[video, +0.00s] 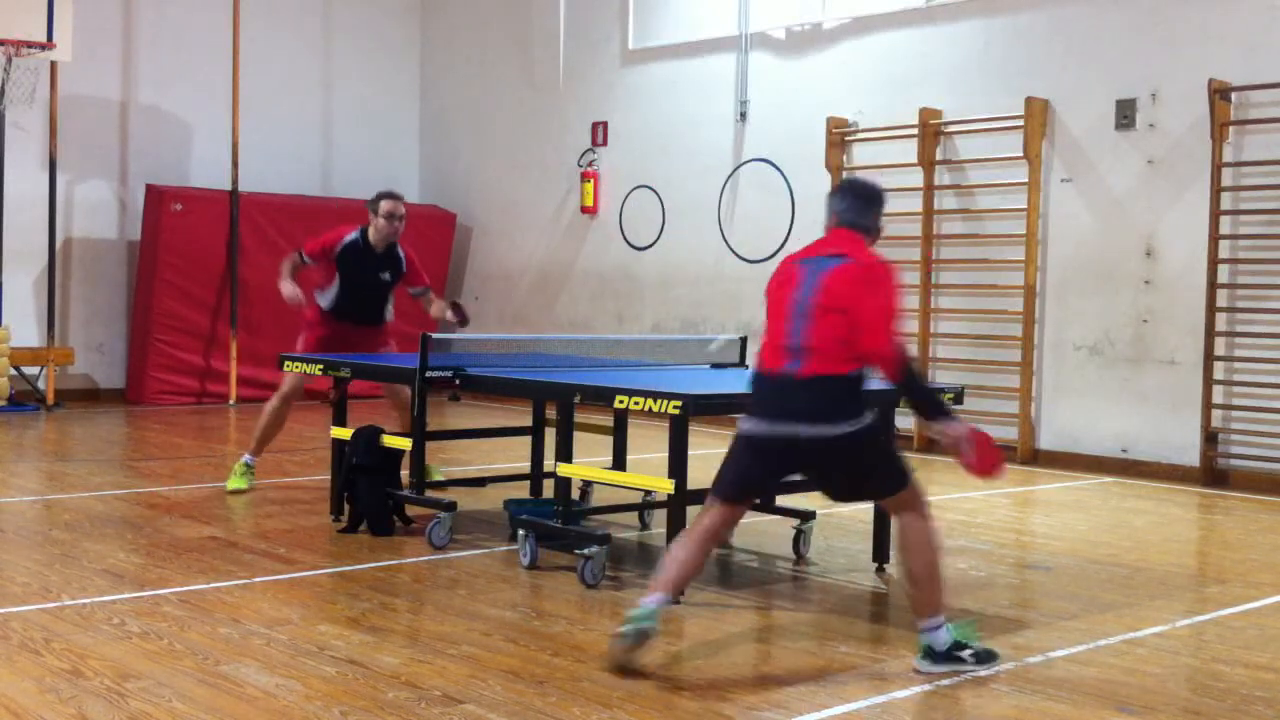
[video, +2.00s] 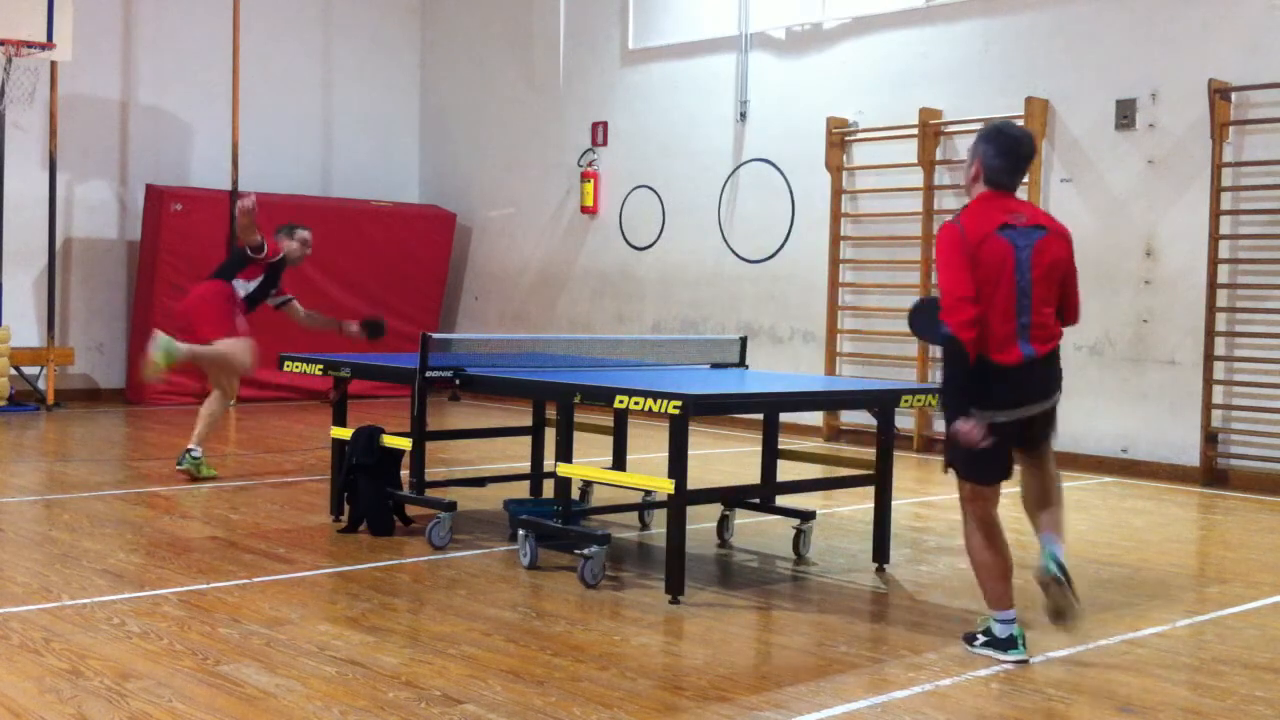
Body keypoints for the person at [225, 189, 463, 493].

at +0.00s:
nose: (396, 225)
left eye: (401, 219)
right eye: (390, 217)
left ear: (405, 222)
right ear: (371, 217)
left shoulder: (402, 258)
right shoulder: (343, 241)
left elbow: (429, 301)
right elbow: (293, 260)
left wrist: (444, 311)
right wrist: (286, 282)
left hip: (373, 336)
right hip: (325, 330)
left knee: (404, 397)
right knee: (288, 392)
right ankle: (247, 463)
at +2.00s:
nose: (308, 251)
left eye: (310, 247)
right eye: (304, 244)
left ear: (298, 247)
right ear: (284, 240)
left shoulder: (273, 284)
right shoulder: (267, 252)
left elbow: (303, 316)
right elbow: (250, 237)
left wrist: (343, 326)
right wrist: (245, 215)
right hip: (213, 296)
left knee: (226, 389)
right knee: (244, 358)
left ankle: (193, 453)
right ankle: (174, 349)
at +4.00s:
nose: (203, 233)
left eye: (207, 228)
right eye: (197, 228)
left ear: (212, 232)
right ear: (185, 232)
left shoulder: (220, 258)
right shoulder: (172, 256)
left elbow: (239, 286)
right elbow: (154, 285)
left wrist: (248, 309)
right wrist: (155, 311)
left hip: (212, 322)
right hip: (175, 320)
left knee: (232, 369)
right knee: (144, 367)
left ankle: (235, 420)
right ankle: (112, 417)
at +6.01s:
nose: (27, 207)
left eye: (30, 203)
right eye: (20, 203)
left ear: (33, 207)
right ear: (5, 209)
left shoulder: (36, 236)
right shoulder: (2, 233)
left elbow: (60, 268)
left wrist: (72, 298)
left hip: (25, 304)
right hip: (2, 305)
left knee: (39, 358)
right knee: (4, 361)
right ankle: (8, 414)